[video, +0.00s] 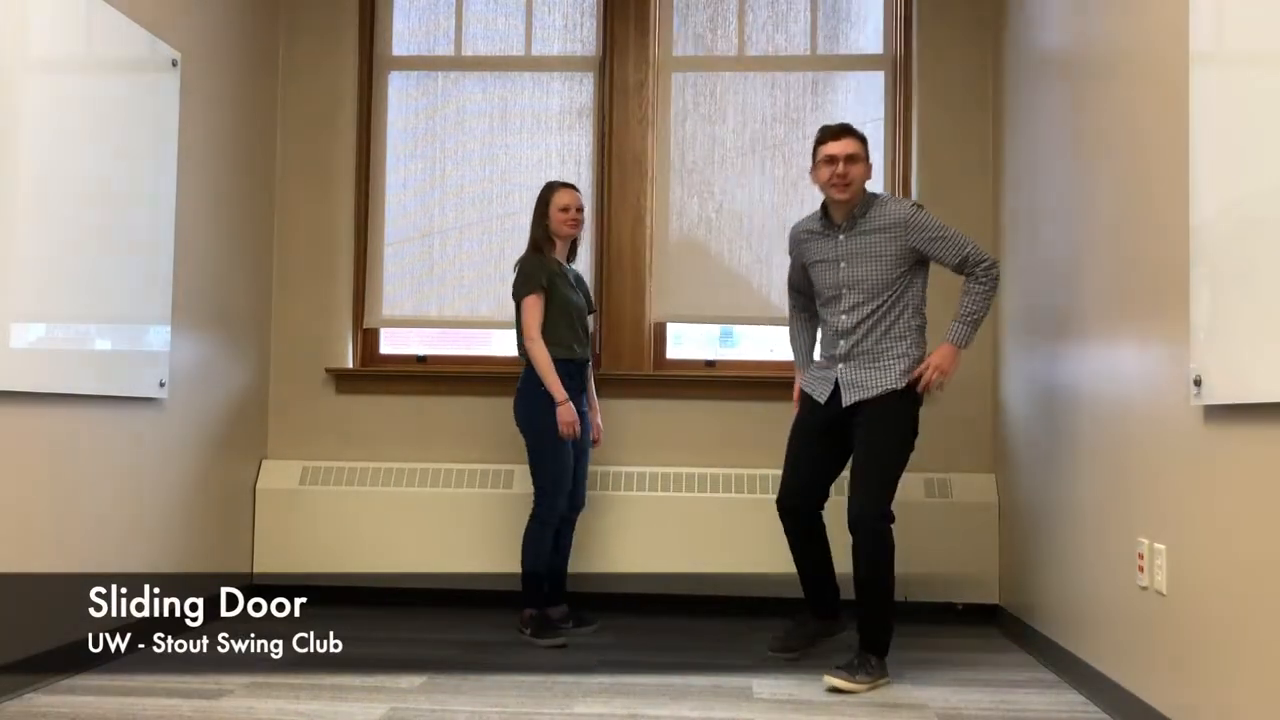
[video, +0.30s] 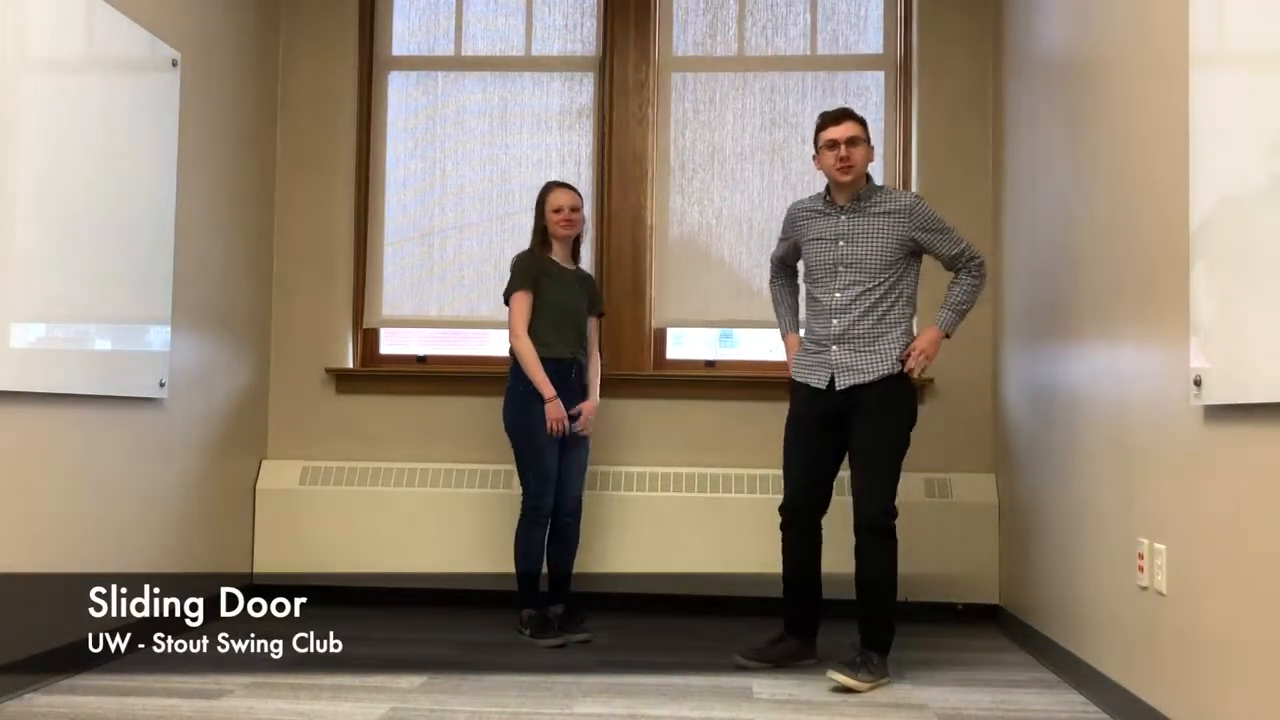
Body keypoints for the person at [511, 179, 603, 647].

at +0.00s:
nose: (574, 216)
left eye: (578, 210)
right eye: (565, 209)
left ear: (582, 218)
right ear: (545, 216)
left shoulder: (575, 277)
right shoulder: (534, 267)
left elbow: (581, 350)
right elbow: (531, 338)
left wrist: (591, 404)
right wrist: (560, 399)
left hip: (574, 394)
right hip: (543, 393)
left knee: (571, 502)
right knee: (550, 501)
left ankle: (556, 604)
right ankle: (534, 610)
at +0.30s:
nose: (567, 216)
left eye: (573, 210)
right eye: (557, 210)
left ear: (583, 218)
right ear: (542, 217)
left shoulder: (586, 281)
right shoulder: (528, 265)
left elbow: (592, 349)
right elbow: (518, 335)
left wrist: (592, 398)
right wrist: (550, 396)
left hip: (574, 394)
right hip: (533, 392)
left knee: (569, 506)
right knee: (539, 503)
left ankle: (559, 611)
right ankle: (531, 613)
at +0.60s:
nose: (566, 216)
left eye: (573, 209)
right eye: (558, 210)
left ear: (583, 216)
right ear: (543, 217)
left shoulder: (592, 278)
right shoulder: (527, 264)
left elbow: (602, 350)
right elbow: (518, 336)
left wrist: (585, 395)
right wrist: (547, 395)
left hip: (576, 392)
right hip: (533, 390)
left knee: (562, 505)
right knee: (532, 502)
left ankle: (560, 608)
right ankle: (529, 611)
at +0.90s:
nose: (565, 216)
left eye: (571, 209)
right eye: (556, 210)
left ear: (581, 215)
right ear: (541, 217)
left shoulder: (591, 277)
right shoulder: (526, 266)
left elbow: (601, 348)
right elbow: (518, 338)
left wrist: (588, 397)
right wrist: (549, 396)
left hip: (577, 393)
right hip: (533, 390)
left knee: (563, 505)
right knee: (533, 502)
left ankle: (560, 608)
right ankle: (530, 611)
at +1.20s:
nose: (566, 216)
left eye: (572, 209)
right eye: (557, 210)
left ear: (580, 215)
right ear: (541, 217)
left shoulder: (591, 276)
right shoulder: (526, 265)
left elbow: (601, 350)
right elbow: (519, 338)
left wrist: (589, 398)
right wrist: (551, 396)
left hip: (578, 394)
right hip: (534, 391)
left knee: (563, 504)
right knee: (533, 501)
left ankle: (559, 607)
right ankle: (530, 610)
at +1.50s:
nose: (569, 216)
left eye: (575, 209)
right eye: (559, 210)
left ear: (583, 216)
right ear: (543, 217)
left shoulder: (592, 276)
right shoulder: (528, 265)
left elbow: (602, 349)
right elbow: (520, 337)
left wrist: (589, 398)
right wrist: (551, 396)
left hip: (579, 394)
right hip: (535, 391)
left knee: (564, 504)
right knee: (534, 501)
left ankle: (559, 606)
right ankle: (530, 609)